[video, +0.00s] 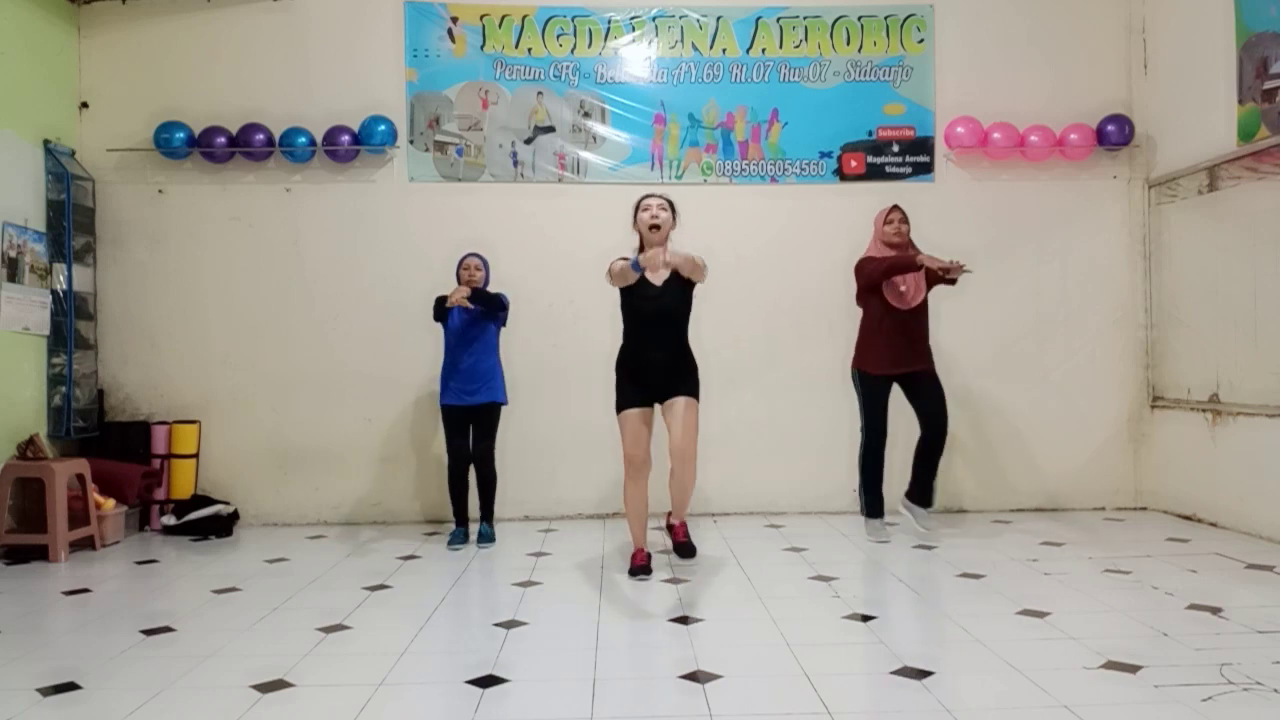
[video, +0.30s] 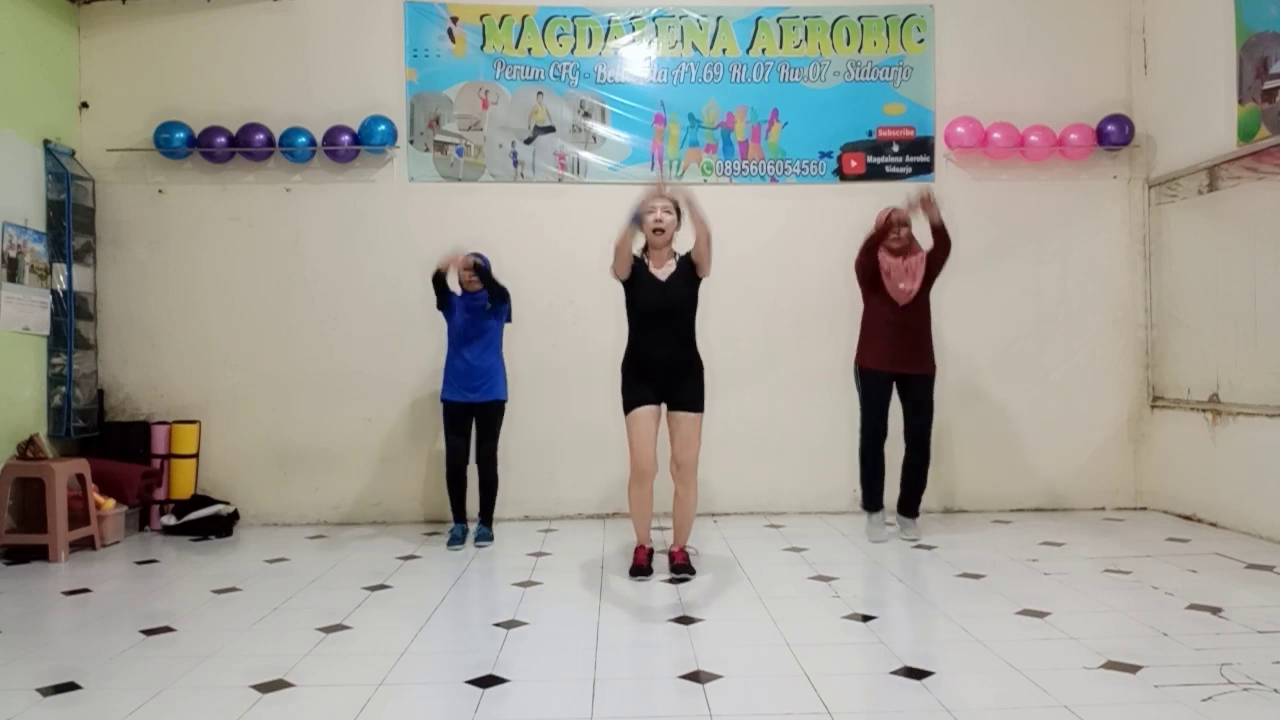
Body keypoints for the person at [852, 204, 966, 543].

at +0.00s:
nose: (898, 226)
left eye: (902, 221)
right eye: (890, 222)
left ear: (910, 230)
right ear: (878, 232)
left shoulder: (918, 264)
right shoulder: (866, 265)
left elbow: (932, 278)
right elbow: (883, 269)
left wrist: (948, 274)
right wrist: (919, 261)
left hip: (914, 361)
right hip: (874, 363)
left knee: (936, 426)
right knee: (874, 436)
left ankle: (917, 501)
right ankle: (873, 514)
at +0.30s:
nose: (899, 234)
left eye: (904, 229)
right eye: (893, 230)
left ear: (911, 234)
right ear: (882, 237)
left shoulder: (924, 265)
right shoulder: (870, 268)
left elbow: (943, 246)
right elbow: (864, 258)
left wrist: (933, 216)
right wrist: (879, 229)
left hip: (917, 361)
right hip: (875, 360)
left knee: (918, 438)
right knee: (873, 435)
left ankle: (908, 513)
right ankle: (874, 511)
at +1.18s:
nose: (891, 224)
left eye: (895, 219)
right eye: (884, 220)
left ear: (902, 226)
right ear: (872, 228)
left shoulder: (915, 257)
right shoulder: (859, 258)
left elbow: (949, 270)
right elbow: (860, 274)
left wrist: (941, 256)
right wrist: (893, 258)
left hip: (911, 356)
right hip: (871, 356)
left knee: (912, 434)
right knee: (872, 430)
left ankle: (907, 509)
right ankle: (868, 508)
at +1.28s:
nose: (891, 232)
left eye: (895, 226)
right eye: (883, 227)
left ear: (903, 234)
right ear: (871, 236)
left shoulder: (917, 273)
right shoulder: (860, 275)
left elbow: (939, 291)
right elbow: (868, 303)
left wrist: (951, 307)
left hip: (912, 368)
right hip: (871, 368)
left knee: (914, 443)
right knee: (869, 442)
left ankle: (904, 514)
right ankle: (864, 517)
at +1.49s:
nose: (895, 213)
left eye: (900, 209)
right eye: (887, 210)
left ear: (907, 218)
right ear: (876, 221)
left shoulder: (923, 254)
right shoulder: (864, 258)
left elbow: (936, 304)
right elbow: (860, 312)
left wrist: (936, 345)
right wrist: (883, 352)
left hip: (914, 353)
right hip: (871, 353)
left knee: (919, 431)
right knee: (869, 429)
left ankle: (908, 505)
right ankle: (866, 508)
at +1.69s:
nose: (903, 225)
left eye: (907, 220)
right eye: (895, 221)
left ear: (914, 229)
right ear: (883, 231)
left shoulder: (931, 271)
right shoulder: (872, 270)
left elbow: (942, 321)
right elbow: (854, 318)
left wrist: (937, 359)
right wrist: (829, 340)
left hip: (915, 368)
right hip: (874, 364)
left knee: (915, 443)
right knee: (871, 436)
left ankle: (907, 517)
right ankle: (867, 511)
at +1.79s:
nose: (901, 217)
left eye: (905, 213)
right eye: (893, 213)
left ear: (912, 220)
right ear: (881, 222)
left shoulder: (928, 259)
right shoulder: (869, 257)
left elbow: (942, 308)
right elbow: (844, 307)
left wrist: (935, 349)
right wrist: (827, 299)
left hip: (915, 355)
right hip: (874, 352)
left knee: (914, 433)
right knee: (872, 428)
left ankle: (909, 510)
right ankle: (873, 505)